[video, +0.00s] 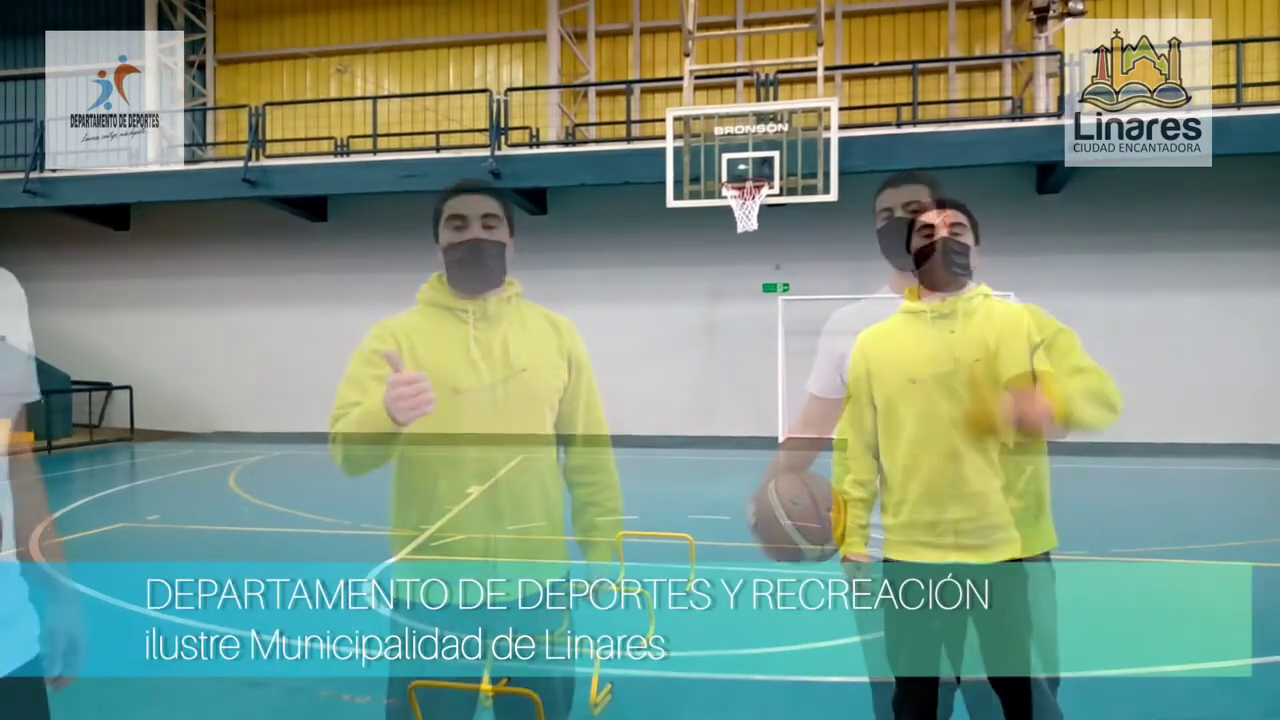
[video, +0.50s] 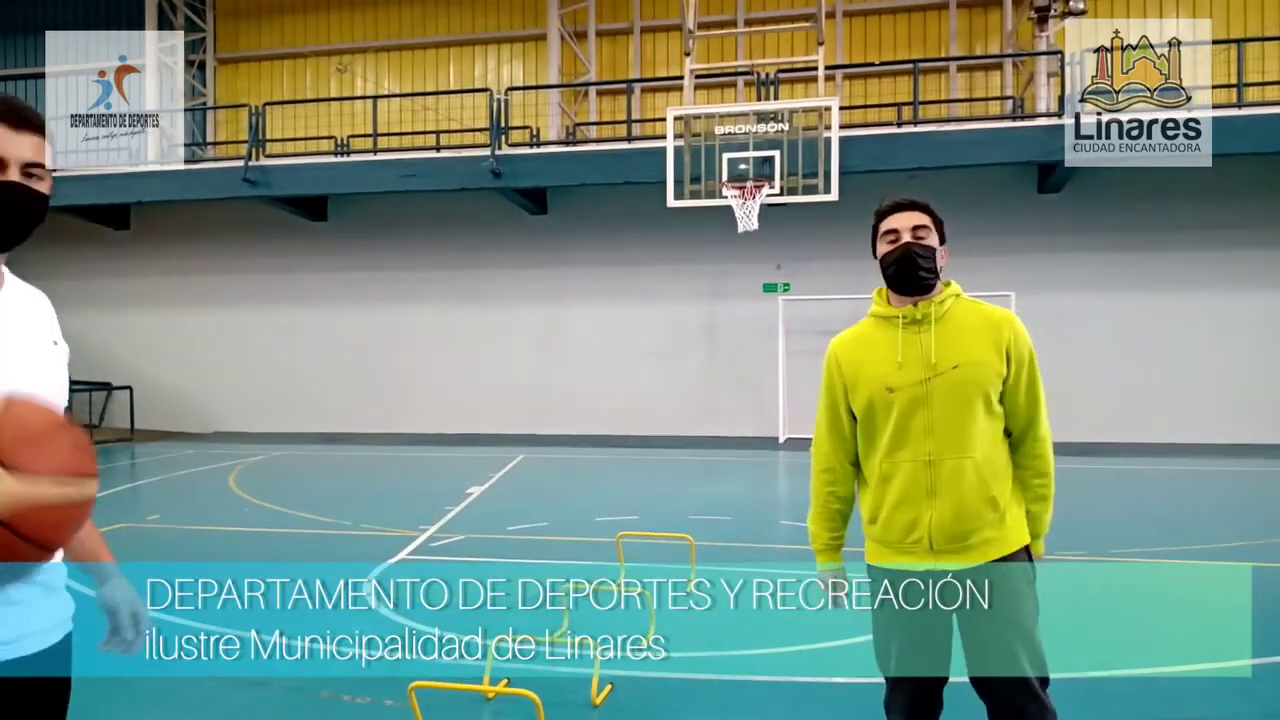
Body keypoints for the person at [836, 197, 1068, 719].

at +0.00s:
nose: (946, 239)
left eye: (958, 230)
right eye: (929, 232)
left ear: (976, 250)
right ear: (910, 253)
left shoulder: (1020, 323)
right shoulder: (875, 344)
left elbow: (1102, 397)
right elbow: (855, 455)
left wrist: (1042, 406)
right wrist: (853, 544)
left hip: (1010, 547)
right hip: (915, 550)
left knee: (1022, 691)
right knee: (915, 696)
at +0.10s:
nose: (931, 236)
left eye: (945, 229)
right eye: (916, 230)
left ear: (965, 250)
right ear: (900, 257)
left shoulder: (1017, 327)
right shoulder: (870, 347)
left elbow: (1081, 419)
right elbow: (854, 453)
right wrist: (853, 535)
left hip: (1009, 553)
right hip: (912, 556)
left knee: (1029, 701)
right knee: (916, 702)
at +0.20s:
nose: (919, 239)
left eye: (934, 232)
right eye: (904, 234)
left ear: (956, 254)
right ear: (890, 260)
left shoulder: (1009, 333)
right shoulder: (864, 350)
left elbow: (1047, 443)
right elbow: (852, 457)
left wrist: (1070, 549)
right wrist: (853, 547)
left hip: (1002, 555)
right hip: (906, 558)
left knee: (1025, 700)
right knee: (914, 702)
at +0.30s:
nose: (911, 240)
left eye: (927, 232)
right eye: (897, 234)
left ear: (951, 255)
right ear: (883, 259)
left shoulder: (1005, 330)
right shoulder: (856, 349)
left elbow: (1045, 436)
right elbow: (845, 457)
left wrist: (1043, 528)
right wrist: (850, 551)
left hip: (995, 553)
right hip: (898, 558)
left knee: (1020, 702)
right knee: (909, 704)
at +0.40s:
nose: (909, 239)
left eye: (923, 231)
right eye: (894, 233)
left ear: (947, 252)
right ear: (880, 255)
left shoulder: (1003, 327)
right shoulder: (853, 348)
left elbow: (1041, 435)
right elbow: (839, 456)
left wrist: (1030, 527)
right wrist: (839, 549)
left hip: (994, 550)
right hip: (898, 556)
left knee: (1018, 701)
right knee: (909, 703)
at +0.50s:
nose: (906, 241)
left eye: (919, 232)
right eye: (891, 236)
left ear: (943, 252)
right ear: (877, 259)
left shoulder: (1000, 330)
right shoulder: (849, 350)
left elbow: (1031, 439)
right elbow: (833, 458)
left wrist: (1033, 536)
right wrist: (828, 552)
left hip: (993, 551)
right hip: (899, 557)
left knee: (1019, 700)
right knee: (910, 703)